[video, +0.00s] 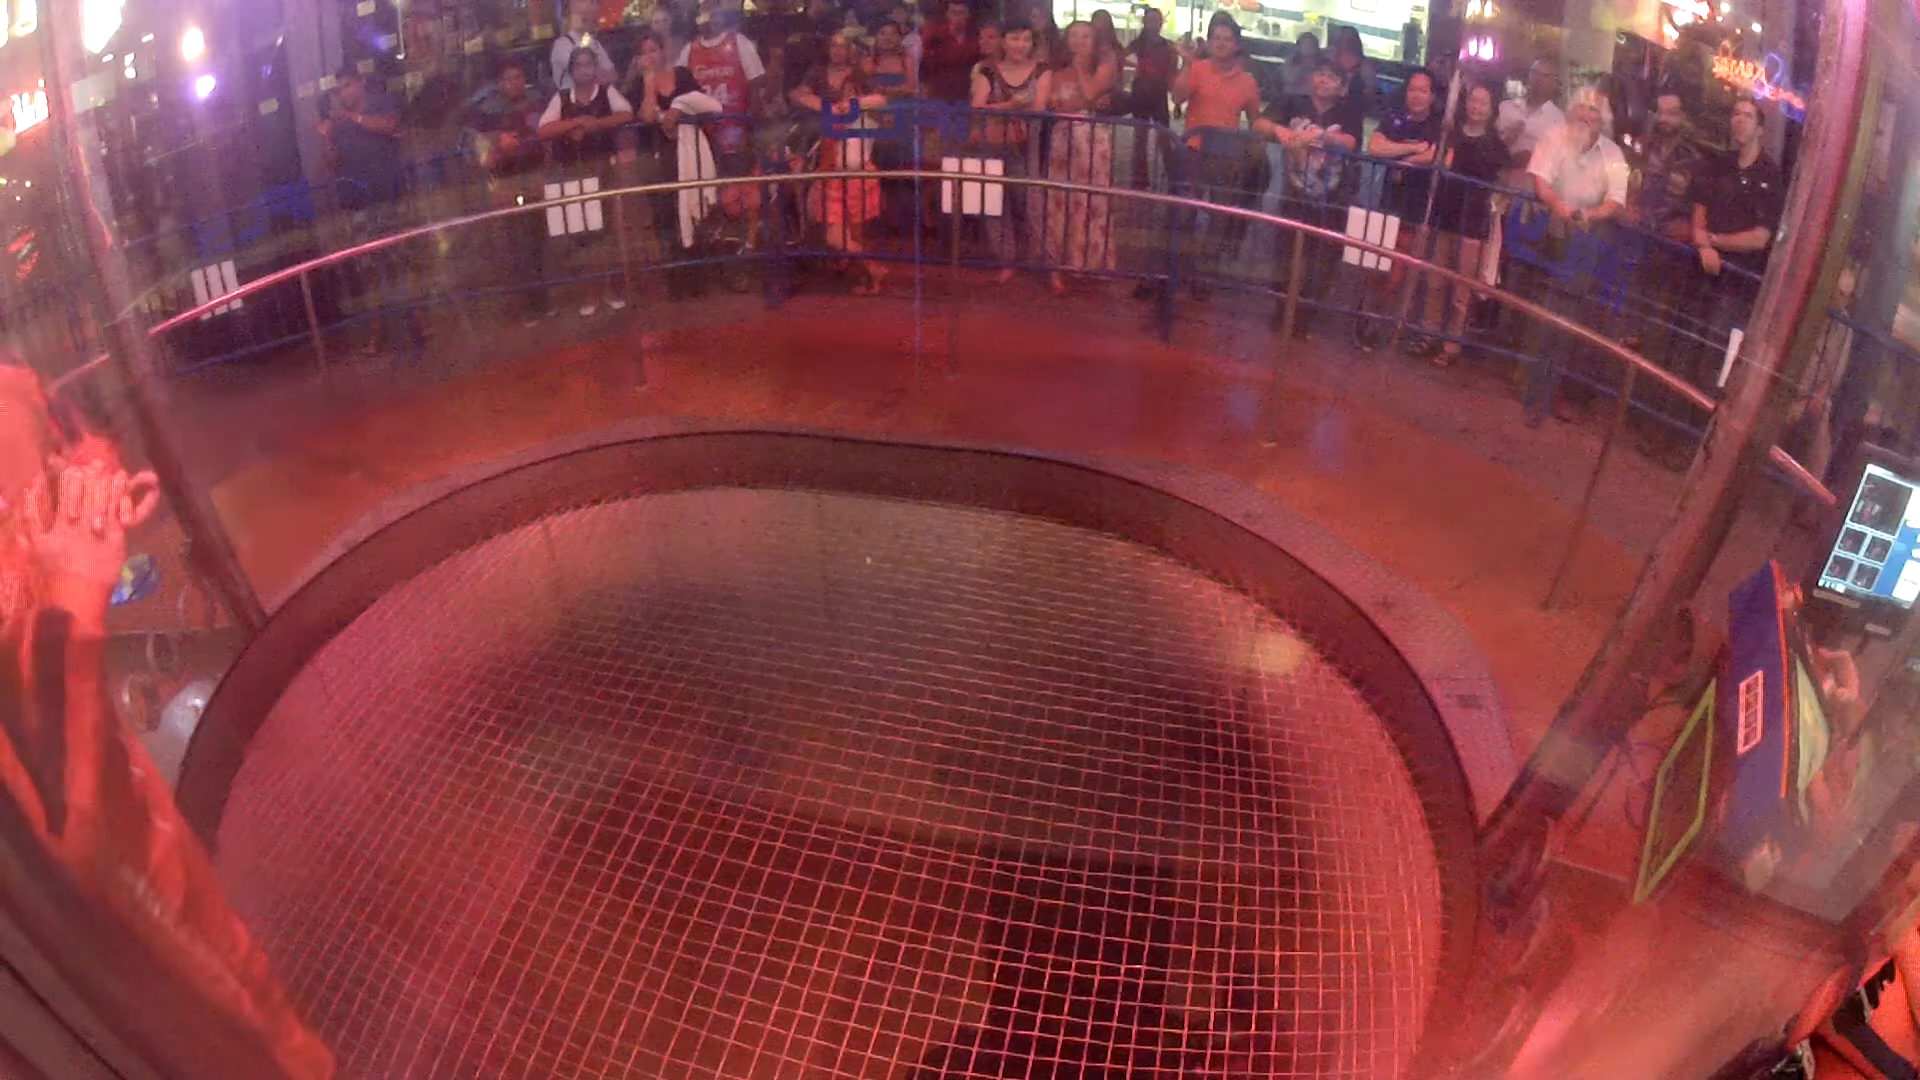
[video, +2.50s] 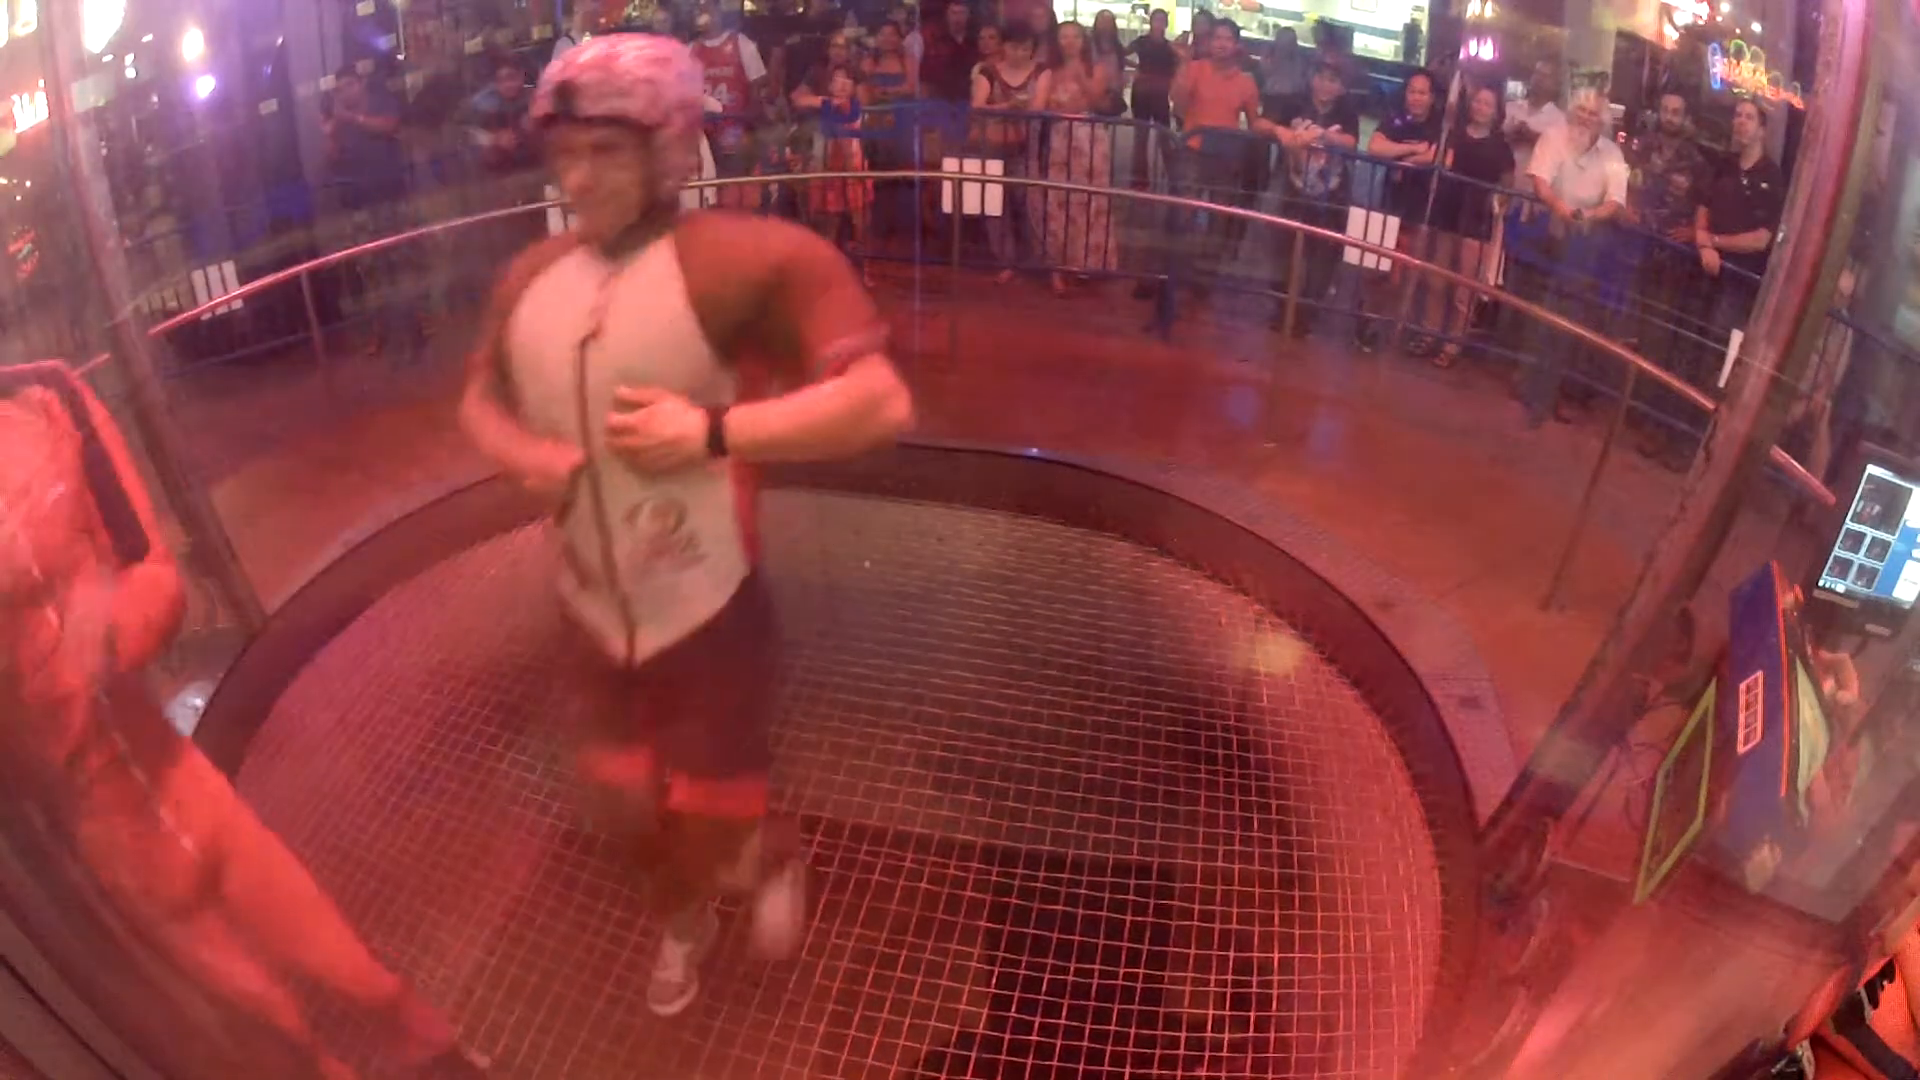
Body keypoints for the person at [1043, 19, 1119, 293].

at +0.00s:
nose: (1079, 41)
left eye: (1085, 36)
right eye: (1074, 36)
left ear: (1095, 41)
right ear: (1067, 41)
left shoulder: (1104, 66)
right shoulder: (1059, 72)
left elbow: (1090, 94)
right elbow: (1049, 105)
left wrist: (1081, 65)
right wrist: (1082, 102)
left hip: (1091, 138)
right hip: (1062, 137)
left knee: (1089, 201)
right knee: (1060, 201)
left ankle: (1087, 265)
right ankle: (1058, 265)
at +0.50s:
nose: (1079, 42)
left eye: (1085, 37)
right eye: (1074, 37)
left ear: (1094, 41)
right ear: (1066, 42)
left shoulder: (1104, 64)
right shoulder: (1055, 73)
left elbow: (1090, 94)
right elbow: (1041, 108)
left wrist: (1081, 65)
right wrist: (1068, 107)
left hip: (1089, 138)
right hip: (1060, 137)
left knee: (1087, 201)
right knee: (1059, 200)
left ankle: (1085, 265)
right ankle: (1058, 264)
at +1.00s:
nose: (1078, 41)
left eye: (1084, 37)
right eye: (1073, 36)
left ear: (1092, 40)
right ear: (1064, 41)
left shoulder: (1103, 63)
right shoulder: (1055, 71)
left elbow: (1089, 94)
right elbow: (1041, 106)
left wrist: (1079, 62)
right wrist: (1066, 107)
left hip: (1088, 136)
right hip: (1060, 136)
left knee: (1086, 200)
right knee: (1058, 199)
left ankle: (1083, 263)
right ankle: (1058, 263)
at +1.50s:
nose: (1075, 40)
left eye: (1081, 36)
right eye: (1070, 36)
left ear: (1088, 40)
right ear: (1061, 40)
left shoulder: (1099, 66)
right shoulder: (1051, 74)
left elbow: (1090, 94)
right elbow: (1038, 108)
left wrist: (1074, 63)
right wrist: (1069, 106)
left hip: (1088, 137)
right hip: (1060, 136)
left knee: (1086, 200)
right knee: (1057, 199)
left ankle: (1084, 263)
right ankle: (1057, 264)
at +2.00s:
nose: (1067, 45)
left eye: (1072, 39)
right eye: (1063, 40)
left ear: (1082, 42)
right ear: (1055, 44)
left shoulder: (1095, 68)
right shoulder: (1051, 74)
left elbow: (1097, 98)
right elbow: (1039, 108)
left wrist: (1078, 71)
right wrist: (1061, 105)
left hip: (1089, 137)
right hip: (1059, 137)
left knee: (1088, 200)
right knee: (1059, 200)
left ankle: (1086, 263)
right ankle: (1059, 264)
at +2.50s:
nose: (1068, 42)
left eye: (1073, 37)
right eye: (1064, 37)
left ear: (1083, 40)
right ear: (1057, 42)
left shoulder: (1094, 70)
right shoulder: (1050, 74)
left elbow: (1098, 101)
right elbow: (1037, 108)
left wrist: (1081, 76)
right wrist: (1062, 105)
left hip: (1087, 137)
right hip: (1058, 136)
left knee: (1085, 200)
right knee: (1058, 200)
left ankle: (1082, 264)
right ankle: (1057, 265)